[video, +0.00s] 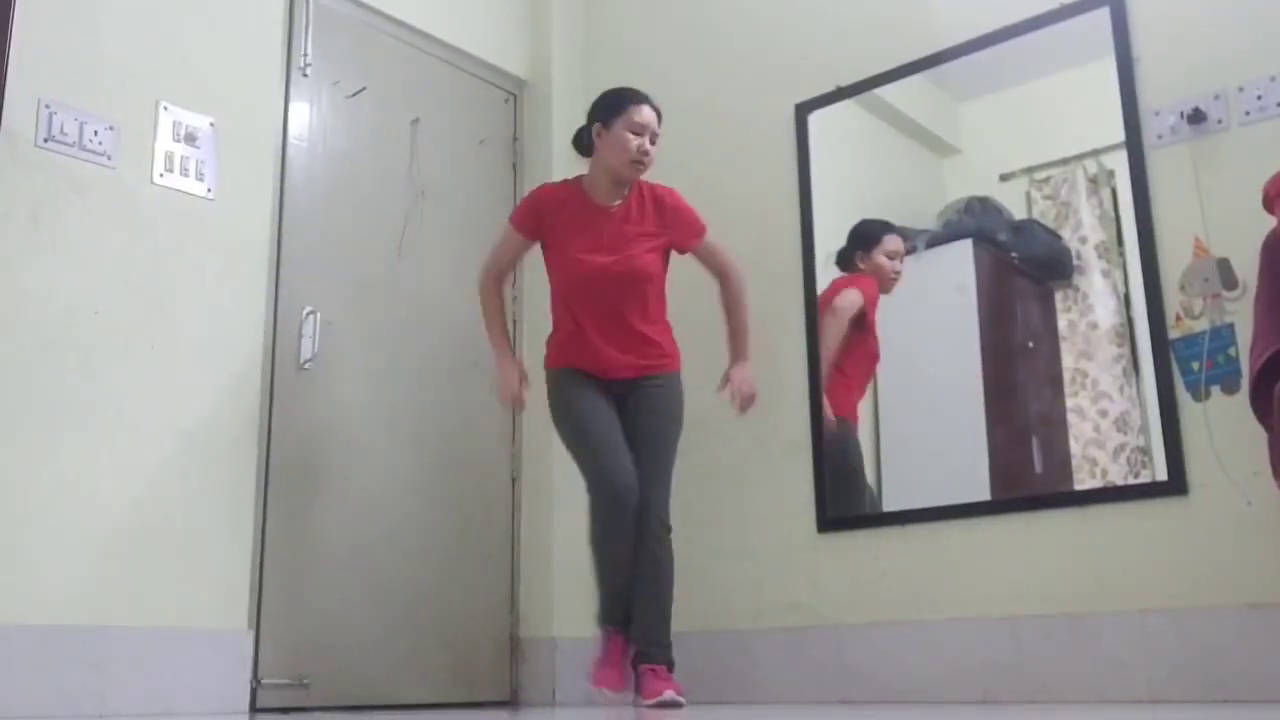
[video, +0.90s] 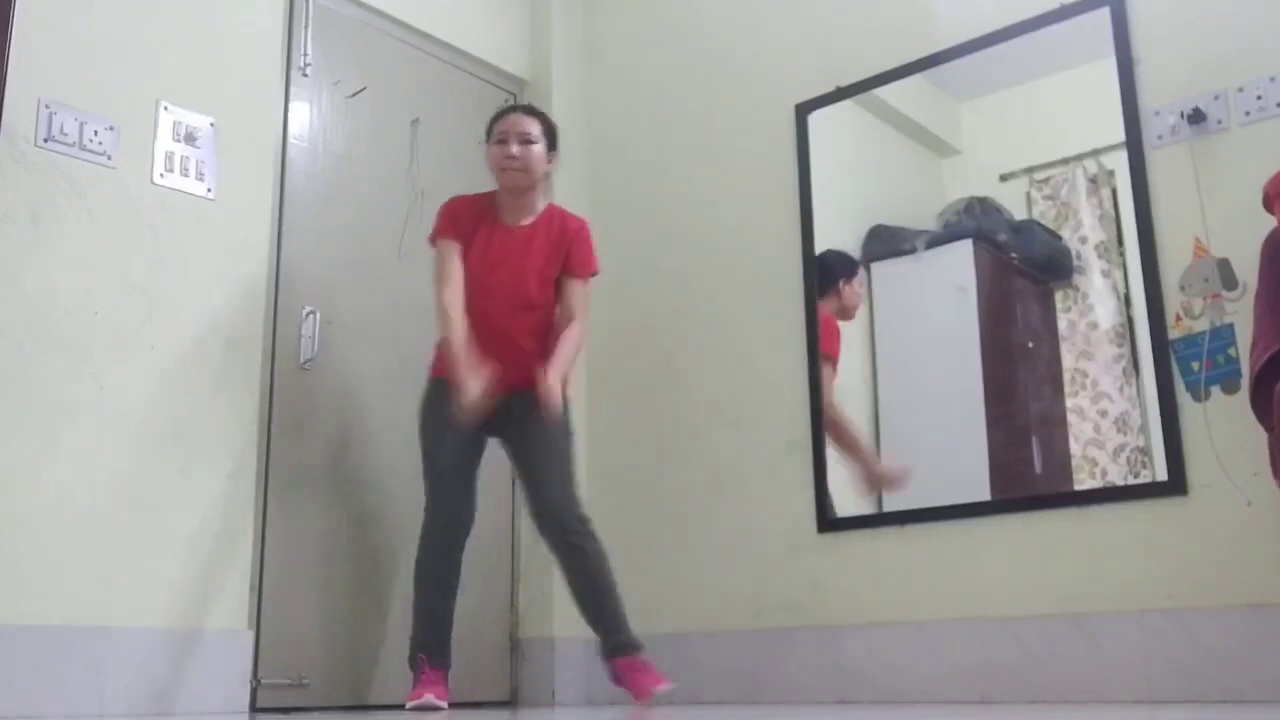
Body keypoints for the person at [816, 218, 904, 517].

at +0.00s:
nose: (899, 267)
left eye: (901, 259)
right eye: (890, 257)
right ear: (860, 259)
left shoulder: (836, 288)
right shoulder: (864, 283)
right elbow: (840, 307)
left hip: (828, 420)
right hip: (836, 422)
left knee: (864, 512)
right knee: (856, 517)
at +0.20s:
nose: (901, 268)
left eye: (902, 258)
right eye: (895, 256)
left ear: (869, 259)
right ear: (869, 257)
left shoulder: (838, 286)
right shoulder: (863, 282)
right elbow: (831, 301)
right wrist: (826, 380)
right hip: (841, 418)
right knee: (860, 513)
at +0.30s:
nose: (899, 269)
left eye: (899, 259)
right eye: (895, 257)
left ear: (871, 259)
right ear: (872, 259)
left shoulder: (830, 291)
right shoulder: (859, 288)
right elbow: (840, 343)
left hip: (821, 423)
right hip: (840, 426)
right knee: (862, 526)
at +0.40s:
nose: (894, 270)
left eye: (893, 260)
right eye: (890, 259)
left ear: (865, 261)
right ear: (869, 260)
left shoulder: (826, 295)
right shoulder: (856, 294)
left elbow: (830, 394)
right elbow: (862, 370)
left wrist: (882, 414)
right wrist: (901, 415)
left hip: (817, 425)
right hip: (835, 427)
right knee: (867, 520)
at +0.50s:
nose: (889, 267)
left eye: (888, 257)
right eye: (886, 256)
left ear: (840, 258)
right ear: (867, 257)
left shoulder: (824, 291)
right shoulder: (857, 291)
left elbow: (853, 385)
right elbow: (881, 373)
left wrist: (911, 375)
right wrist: (924, 367)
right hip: (829, 422)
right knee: (860, 517)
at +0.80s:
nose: (868, 287)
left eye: (867, 277)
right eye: (865, 277)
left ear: (826, 278)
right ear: (848, 279)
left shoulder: (816, 309)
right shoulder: (831, 311)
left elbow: (833, 396)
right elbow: (853, 390)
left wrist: (899, 401)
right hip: (802, 446)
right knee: (829, 528)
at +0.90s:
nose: (862, 297)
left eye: (861, 288)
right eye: (859, 287)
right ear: (842, 286)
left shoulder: (810, 319)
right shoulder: (823, 322)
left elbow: (822, 407)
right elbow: (823, 405)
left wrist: (868, 463)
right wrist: (870, 463)